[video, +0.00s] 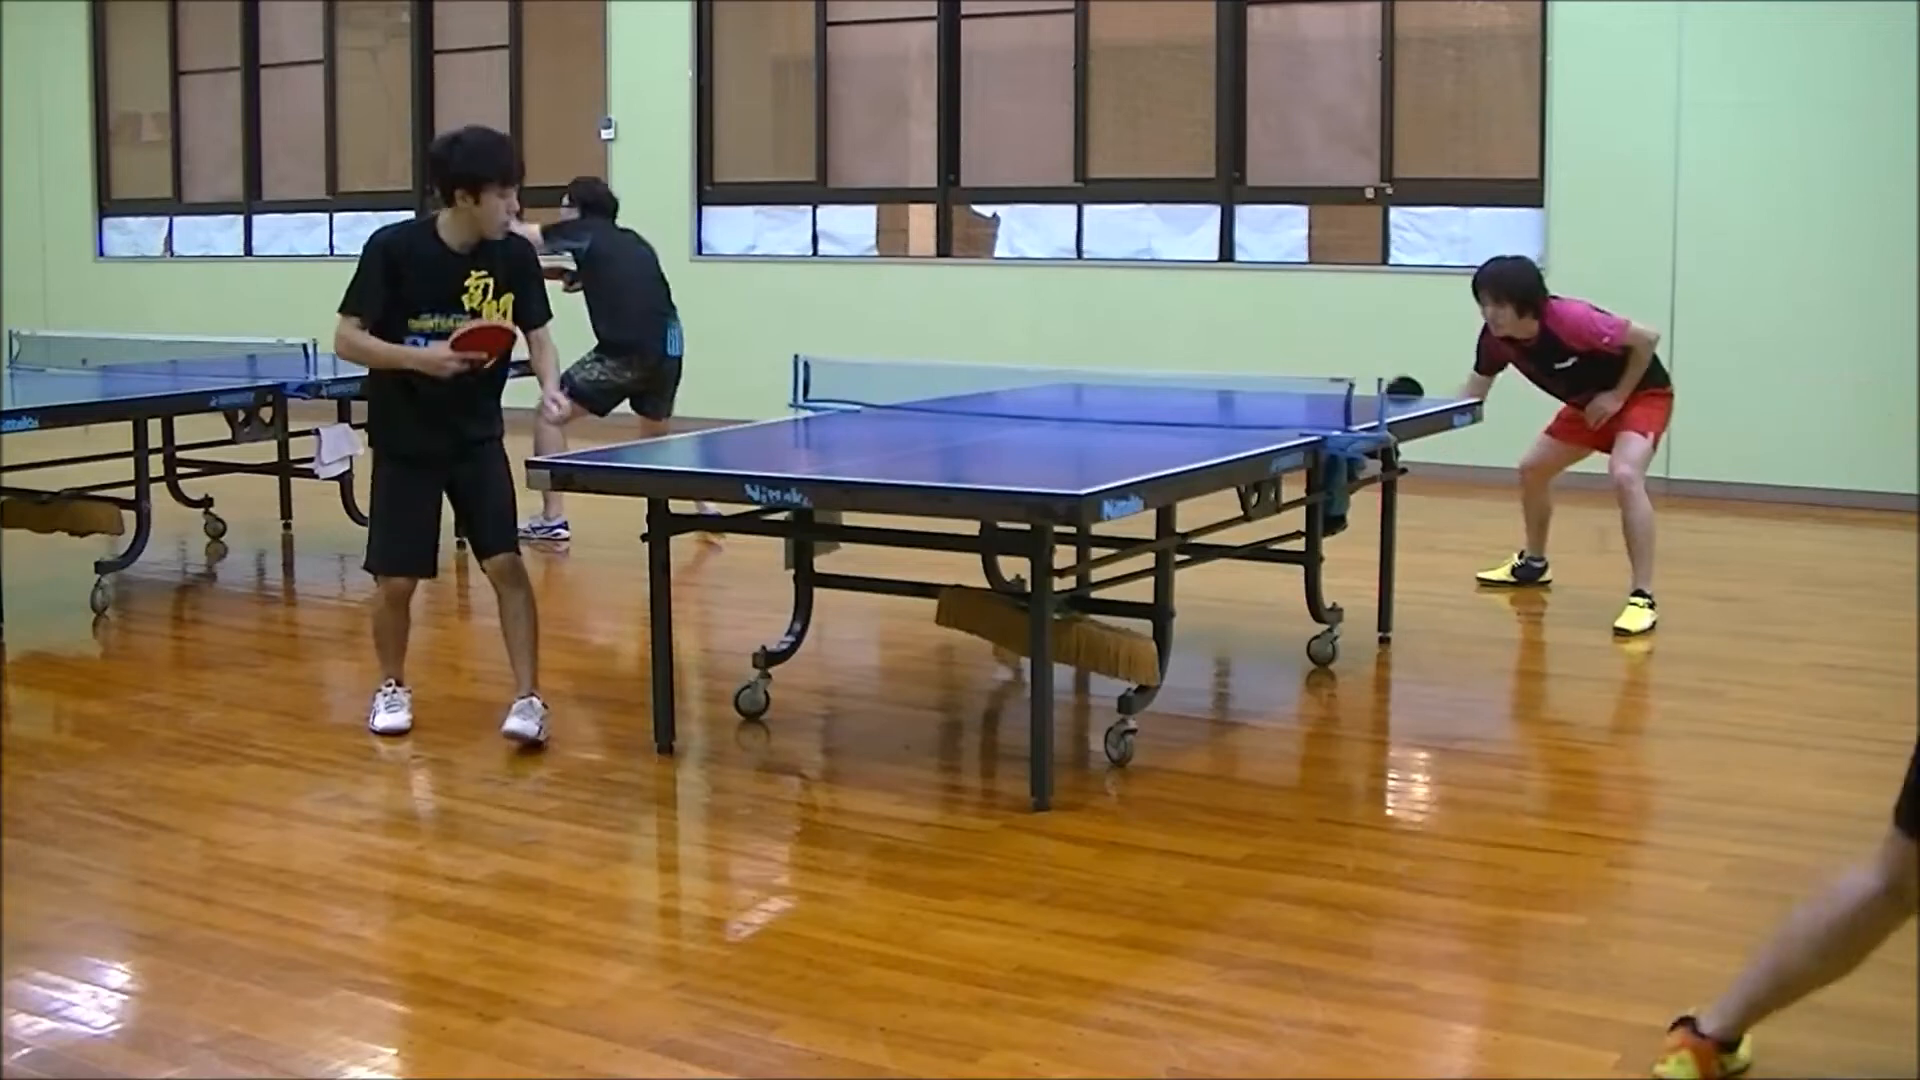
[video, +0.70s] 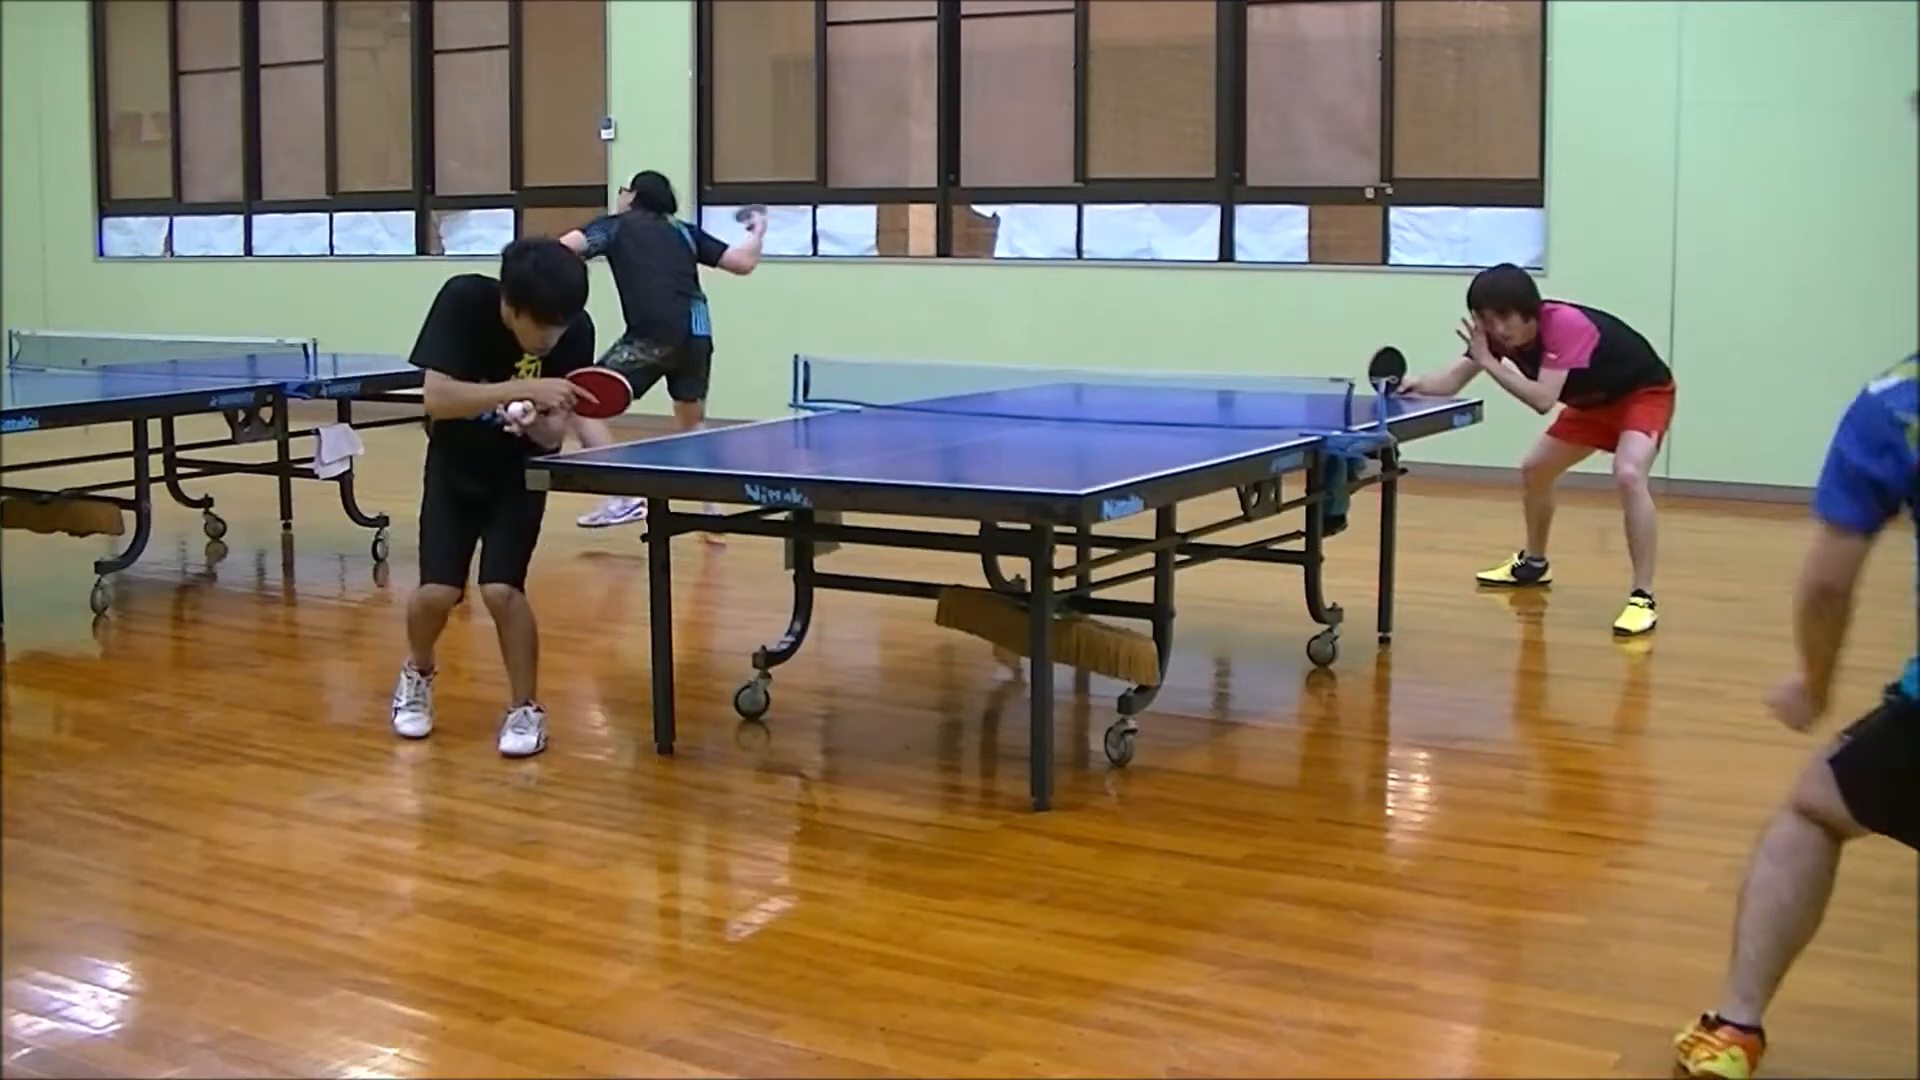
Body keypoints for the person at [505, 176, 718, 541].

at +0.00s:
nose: (562, 211)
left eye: (566, 206)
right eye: (564, 205)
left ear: (579, 209)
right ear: (607, 211)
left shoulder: (585, 231)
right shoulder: (635, 240)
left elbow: (529, 234)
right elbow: (622, 274)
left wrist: (503, 218)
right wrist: (583, 277)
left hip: (625, 352)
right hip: (668, 355)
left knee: (548, 417)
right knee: (655, 437)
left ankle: (552, 519)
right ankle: (706, 508)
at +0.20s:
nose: (594, 188)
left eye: (600, 182)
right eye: (597, 181)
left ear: (616, 188)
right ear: (642, 194)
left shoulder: (617, 212)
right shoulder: (663, 230)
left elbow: (550, 208)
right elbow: (647, 271)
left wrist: (509, 181)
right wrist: (602, 266)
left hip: (640, 341)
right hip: (682, 346)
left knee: (569, 417)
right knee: (665, 434)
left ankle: (553, 519)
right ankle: (708, 509)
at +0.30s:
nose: (610, 181)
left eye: (614, 175)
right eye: (612, 174)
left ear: (629, 182)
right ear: (657, 189)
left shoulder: (624, 210)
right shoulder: (678, 226)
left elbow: (554, 211)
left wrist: (511, 202)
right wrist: (659, 273)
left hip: (649, 334)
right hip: (692, 340)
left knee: (582, 417)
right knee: (676, 431)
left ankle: (558, 517)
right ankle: (709, 513)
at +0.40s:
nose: (621, 176)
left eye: (626, 171)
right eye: (624, 170)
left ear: (639, 179)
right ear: (667, 185)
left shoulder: (631, 207)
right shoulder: (691, 219)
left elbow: (565, 220)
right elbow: (730, 272)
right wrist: (692, 285)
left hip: (656, 327)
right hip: (700, 332)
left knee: (592, 416)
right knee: (683, 425)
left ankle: (562, 515)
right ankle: (711, 512)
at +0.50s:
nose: (627, 176)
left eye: (633, 172)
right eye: (630, 171)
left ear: (645, 180)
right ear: (672, 186)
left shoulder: (632, 208)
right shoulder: (694, 218)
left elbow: (567, 231)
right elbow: (741, 262)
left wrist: (544, 252)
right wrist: (726, 284)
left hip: (657, 326)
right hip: (702, 331)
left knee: (592, 409)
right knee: (691, 423)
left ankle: (579, 513)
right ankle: (713, 514)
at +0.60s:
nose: (626, 185)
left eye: (631, 180)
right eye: (629, 179)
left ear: (643, 187)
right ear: (673, 193)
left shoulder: (629, 213)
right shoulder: (692, 221)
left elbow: (571, 237)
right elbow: (748, 259)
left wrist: (577, 251)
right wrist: (766, 247)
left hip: (657, 325)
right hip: (701, 331)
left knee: (591, 403)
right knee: (694, 419)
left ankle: (603, 506)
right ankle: (711, 510)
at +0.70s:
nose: (620, 198)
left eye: (624, 193)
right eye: (622, 192)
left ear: (634, 198)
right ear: (665, 203)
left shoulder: (617, 225)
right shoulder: (683, 231)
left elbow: (565, 246)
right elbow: (742, 263)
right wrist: (759, 231)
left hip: (652, 334)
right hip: (698, 337)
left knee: (582, 404)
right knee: (692, 423)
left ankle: (622, 496)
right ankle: (711, 508)